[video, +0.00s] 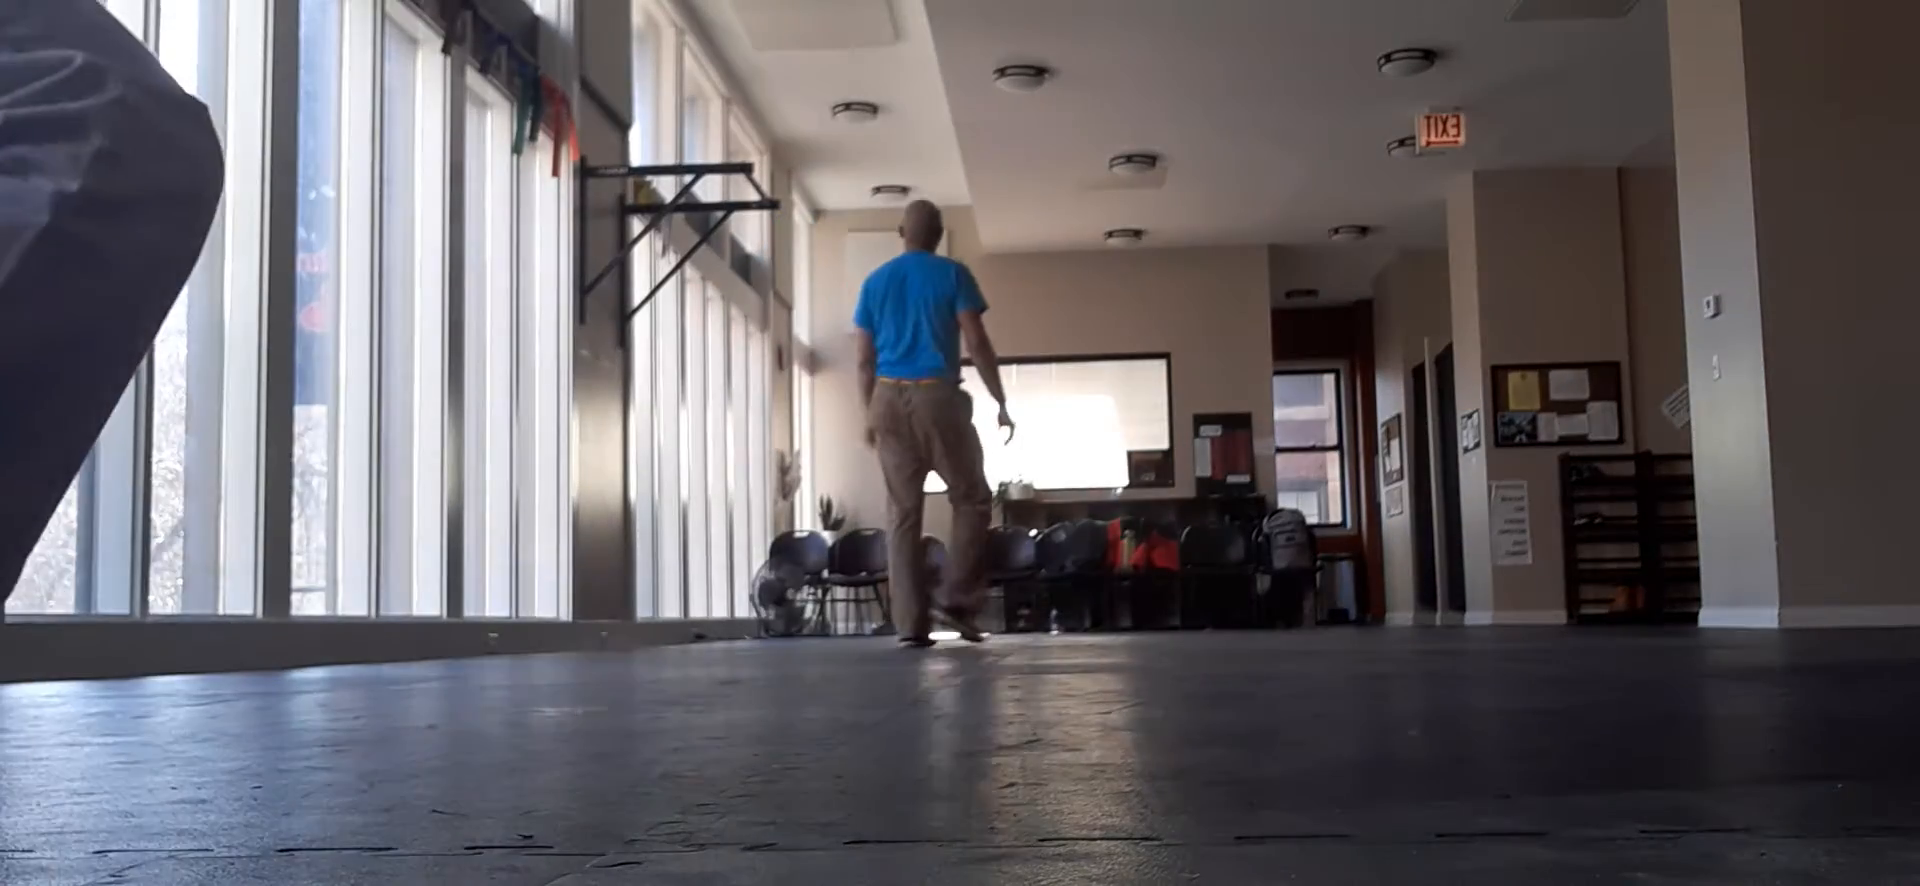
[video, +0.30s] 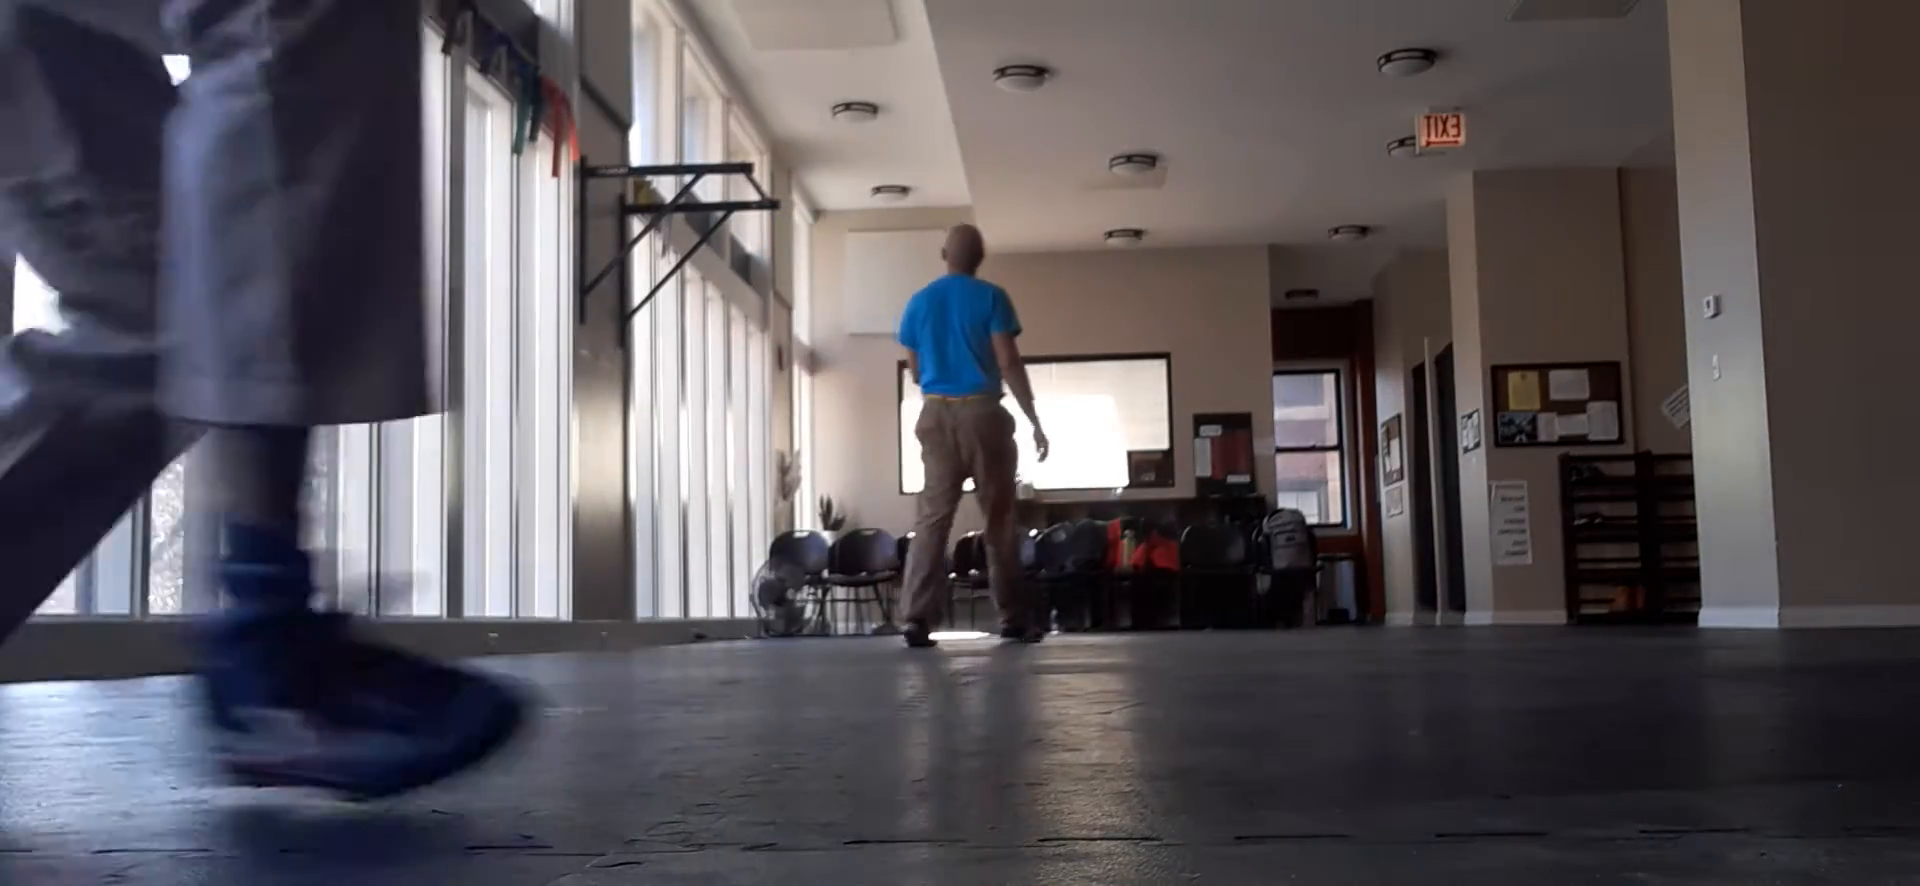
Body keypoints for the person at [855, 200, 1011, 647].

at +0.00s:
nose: (915, 234)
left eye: (907, 227)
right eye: (934, 231)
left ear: (901, 235)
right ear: (939, 236)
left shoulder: (874, 281)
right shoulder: (954, 274)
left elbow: (866, 359)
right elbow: (976, 343)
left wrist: (870, 415)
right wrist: (1000, 401)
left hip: (887, 401)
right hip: (939, 400)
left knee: (902, 513)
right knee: (972, 499)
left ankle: (910, 626)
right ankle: (958, 601)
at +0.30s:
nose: (954, 255)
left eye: (950, 248)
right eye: (974, 253)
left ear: (944, 256)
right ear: (981, 259)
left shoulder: (918, 302)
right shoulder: (991, 296)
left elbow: (914, 369)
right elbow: (1008, 362)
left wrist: (942, 389)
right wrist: (1034, 421)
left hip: (933, 415)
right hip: (983, 415)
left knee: (932, 515)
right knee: (1000, 516)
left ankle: (915, 618)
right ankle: (1013, 617)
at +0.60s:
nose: (1008, 262)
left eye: (993, 254)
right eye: (1020, 258)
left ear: (987, 261)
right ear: (1023, 263)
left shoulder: (962, 305)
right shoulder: (1037, 299)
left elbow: (952, 375)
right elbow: (1055, 360)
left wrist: (946, 431)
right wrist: (1074, 415)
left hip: (979, 413)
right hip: (1024, 411)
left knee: (986, 510)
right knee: (1020, 513)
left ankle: (967, 608)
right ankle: (1016, 615)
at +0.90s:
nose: (1022, 281)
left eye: (1018, 275)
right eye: (1045, 278)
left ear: (1017, 280)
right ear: (1051, 283)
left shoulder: (992, 321)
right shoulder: (1064, 317)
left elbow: (968, 380)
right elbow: (1087, 376)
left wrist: (943, 432)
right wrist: (1108, 426)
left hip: (1006, 424)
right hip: (1045, 420)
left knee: (1026, 519)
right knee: (1038, 516)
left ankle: (1056, 618)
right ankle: (1014, 612)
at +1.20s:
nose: (1059, 288)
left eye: (1043, 281)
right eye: (1067, 284)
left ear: (1037, 286)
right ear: (1071, 287)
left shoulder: (1015, 326)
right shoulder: (1084, 320)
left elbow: (1000, 391)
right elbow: (1102, 380)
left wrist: (992, 437)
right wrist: (1121, 429)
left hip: (1027, 426)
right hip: (1069, 426)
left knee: (1046, 523)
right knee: (1093, 510)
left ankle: (1059, 621)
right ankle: (1072, 578)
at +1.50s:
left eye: (1068, 294)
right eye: (1092, 298)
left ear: (1062, 298)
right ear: (1095, 301)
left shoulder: (1040, 337)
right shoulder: (1107, 333)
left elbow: (1036, 397)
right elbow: (1122, 388)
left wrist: (1062, 415)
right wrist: (1144, 440)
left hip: (1054, 433)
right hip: (1098, 434)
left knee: (1058, 526)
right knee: (1110, 523)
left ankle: (1061, 621)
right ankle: (1131, 615)